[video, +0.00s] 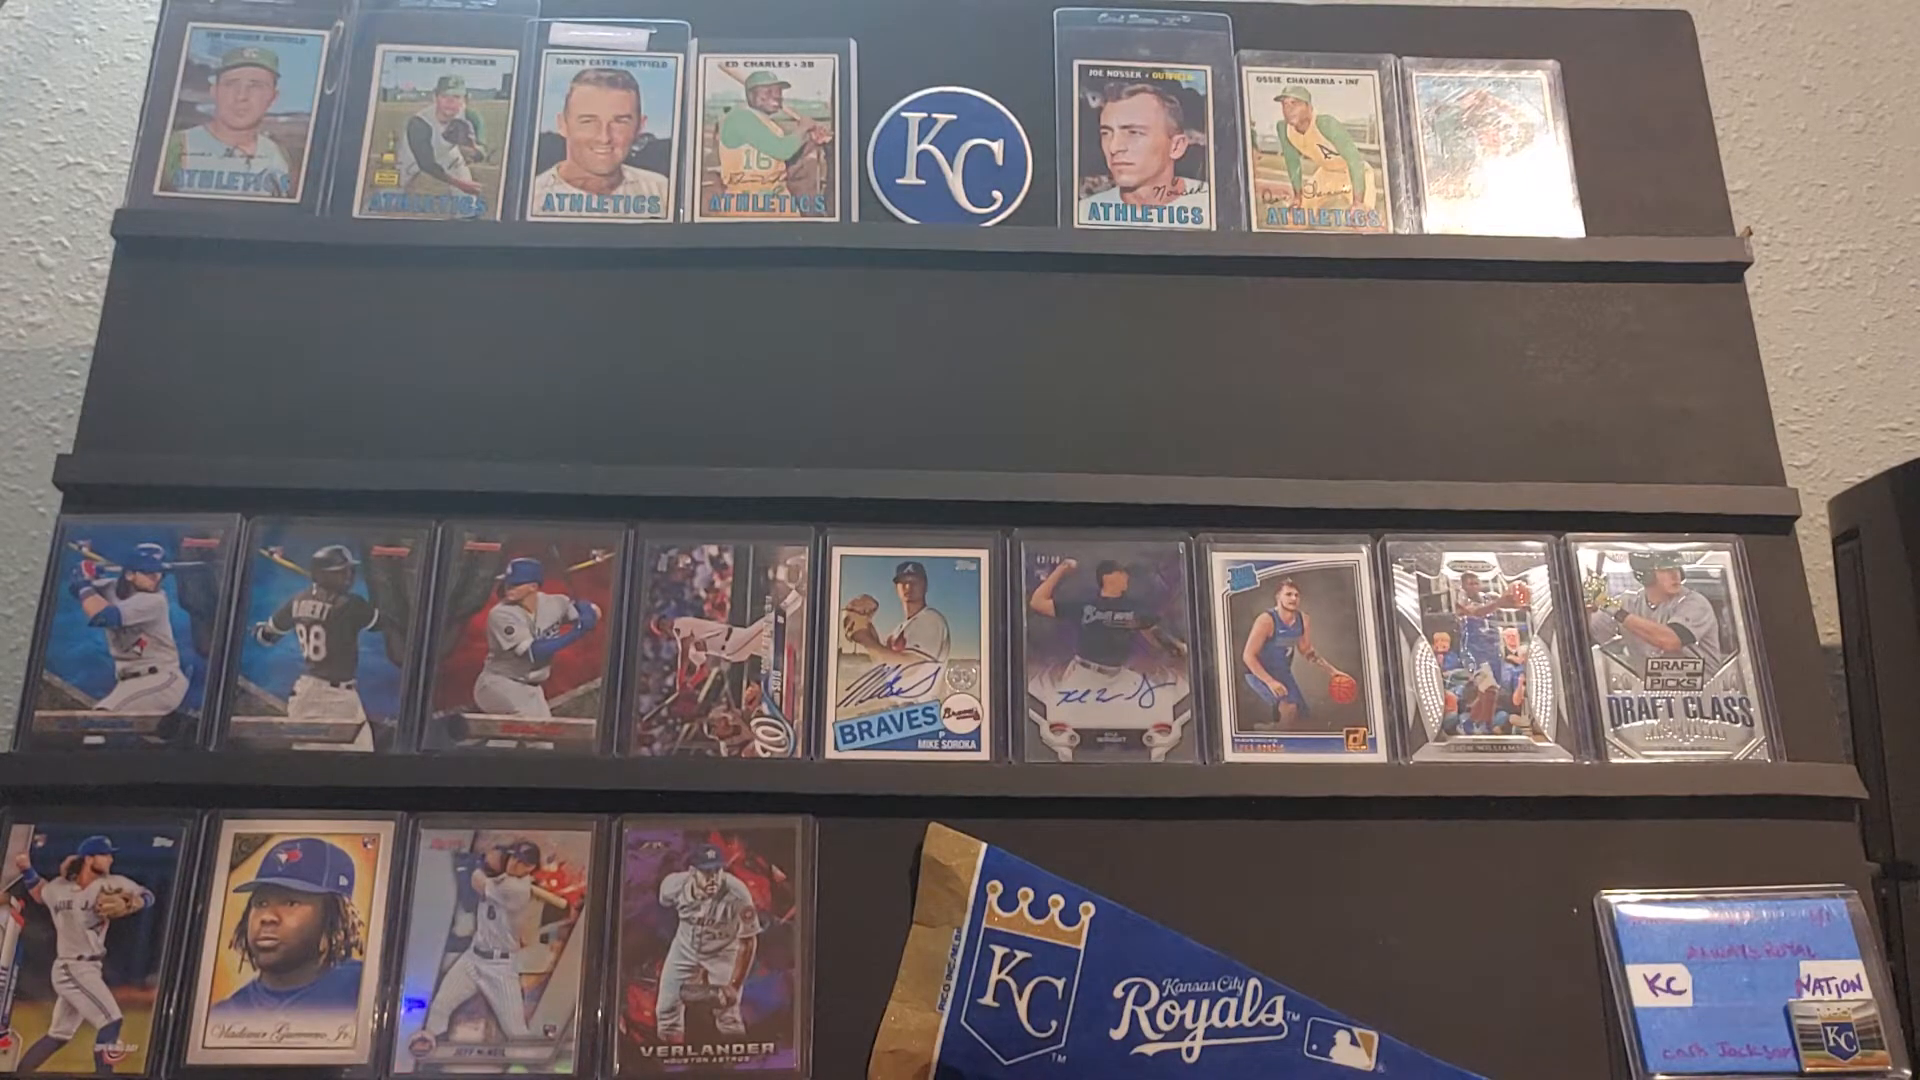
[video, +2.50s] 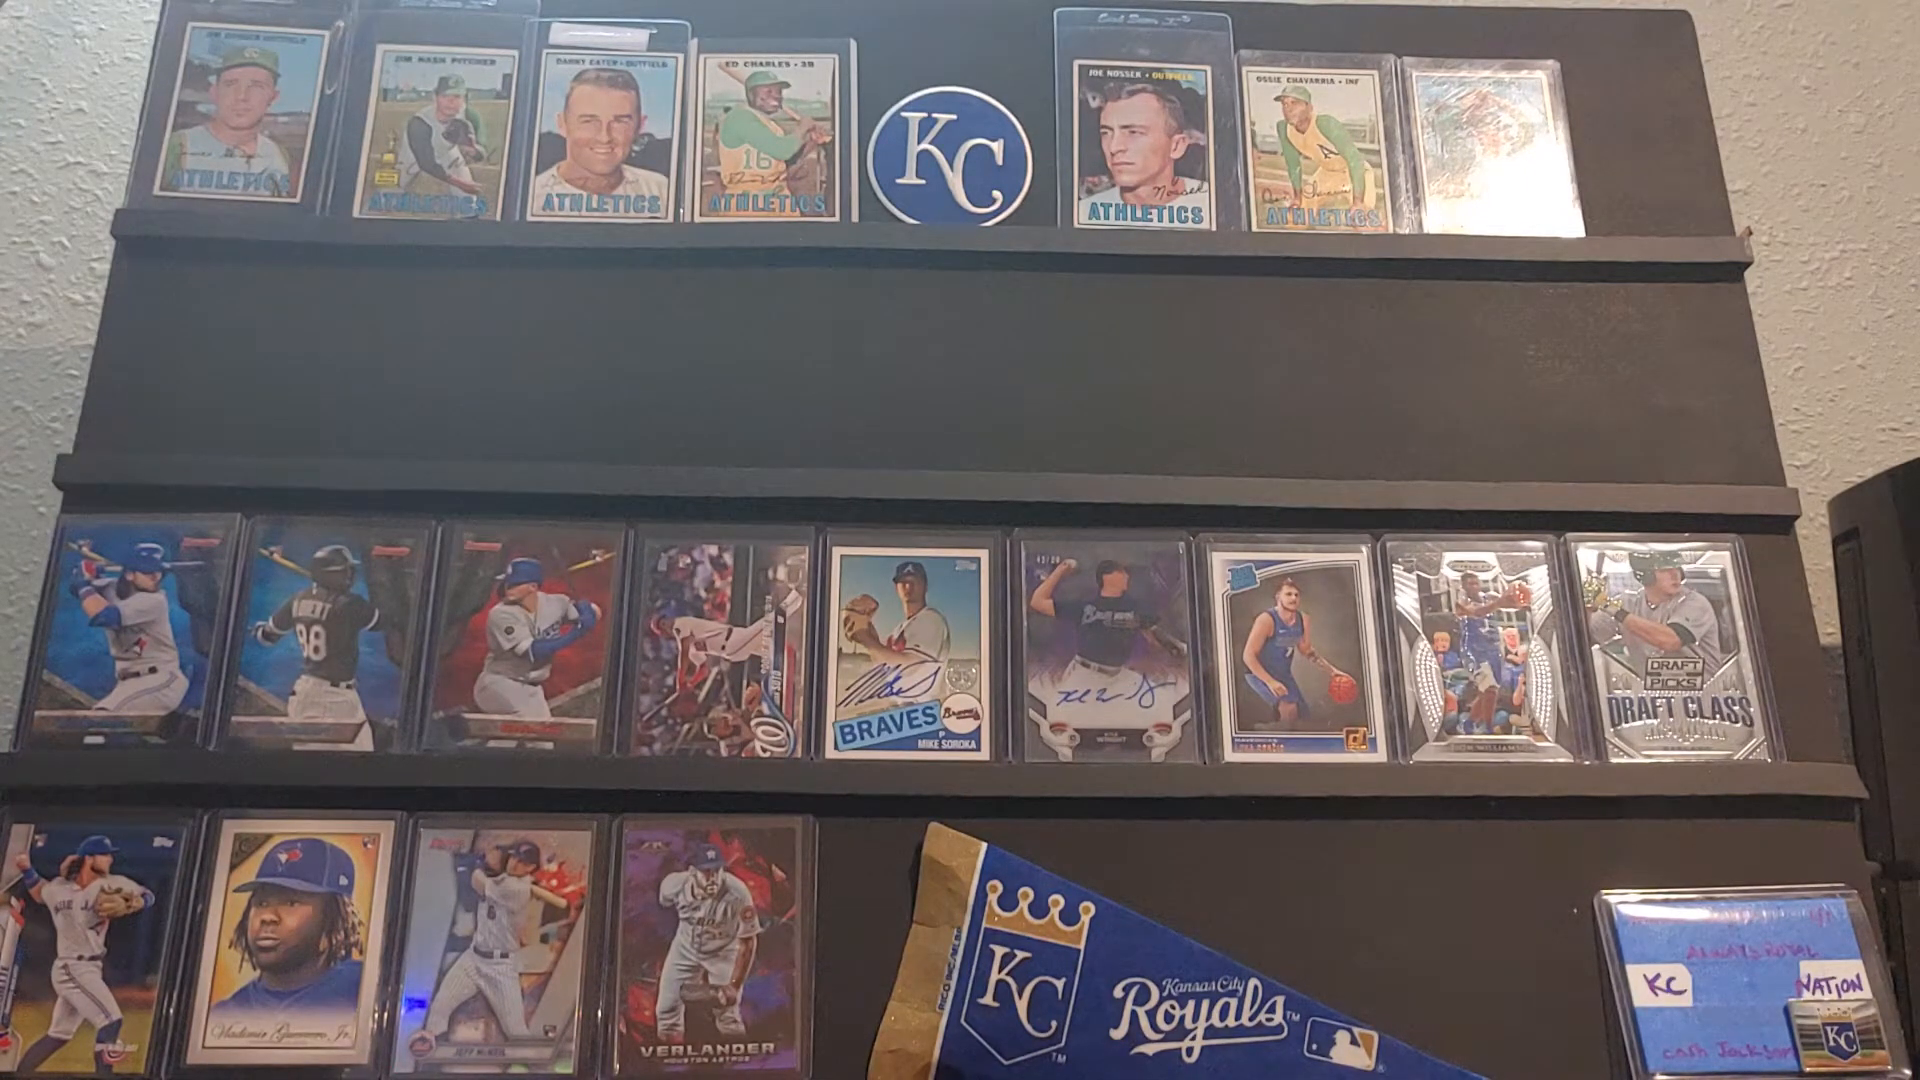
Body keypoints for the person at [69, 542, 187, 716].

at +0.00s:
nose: (156, 577)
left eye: (159, 572)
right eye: (149, 572)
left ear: (162, 573)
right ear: (130, 574)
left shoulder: (155, 600)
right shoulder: (113, 587)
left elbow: (104, 617)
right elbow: (78, 589)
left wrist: (83, 586)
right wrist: (86, 573)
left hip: (163, 679)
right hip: (130, 682)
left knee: (100, 718)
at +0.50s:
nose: (157, 577)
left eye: (158, 572)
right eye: (149, 572)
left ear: (162, 573)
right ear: (130, 575)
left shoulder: (154, 600)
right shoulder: (113, 587)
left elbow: (105, 617)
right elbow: (79, 588)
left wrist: (83, 586)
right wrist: (87, 574)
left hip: (163, 679)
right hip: (130, 682)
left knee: (100, 717)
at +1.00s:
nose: (156, 577)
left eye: (159, 572)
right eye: (148, 572)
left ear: (162, 572)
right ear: (130, 574)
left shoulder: (154, 600)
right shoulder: (113, 588)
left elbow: (104, 617)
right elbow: (79, 588)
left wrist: (82, 585)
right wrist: (88, 573)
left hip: (163, 679)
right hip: (129, 682)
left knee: (100, 717)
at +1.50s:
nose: (156, 576)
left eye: (158, 571)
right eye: (148, 571)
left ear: (162, 572)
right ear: (130, 574)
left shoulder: (154, 600)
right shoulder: (113, 587)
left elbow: (104, 617)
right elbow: (79, 588)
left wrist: (82, 585)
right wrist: (88, 574)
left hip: (163, 679)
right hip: (129, 682)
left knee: (100, 717)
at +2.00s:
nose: (156, 577)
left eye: (158, 571)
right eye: (148, 572)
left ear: (162, 573)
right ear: (130, 574)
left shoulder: (154, 600)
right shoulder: (113, 587)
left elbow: (104, 617)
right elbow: (79, 588)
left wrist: (83, 585)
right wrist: (88, 573)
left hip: (163, 679)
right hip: (129, 682)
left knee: (99, 717)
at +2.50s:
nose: (156, 577)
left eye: (158, 572)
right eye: (148, 572)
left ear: (162, 573)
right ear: (130, 575)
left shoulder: (155, 601)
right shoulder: (114, 588)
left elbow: (105, 617)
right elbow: (79, 588)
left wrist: (83, 586)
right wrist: (88, 573)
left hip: (163, 680)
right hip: (130, 681)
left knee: (99, 717)